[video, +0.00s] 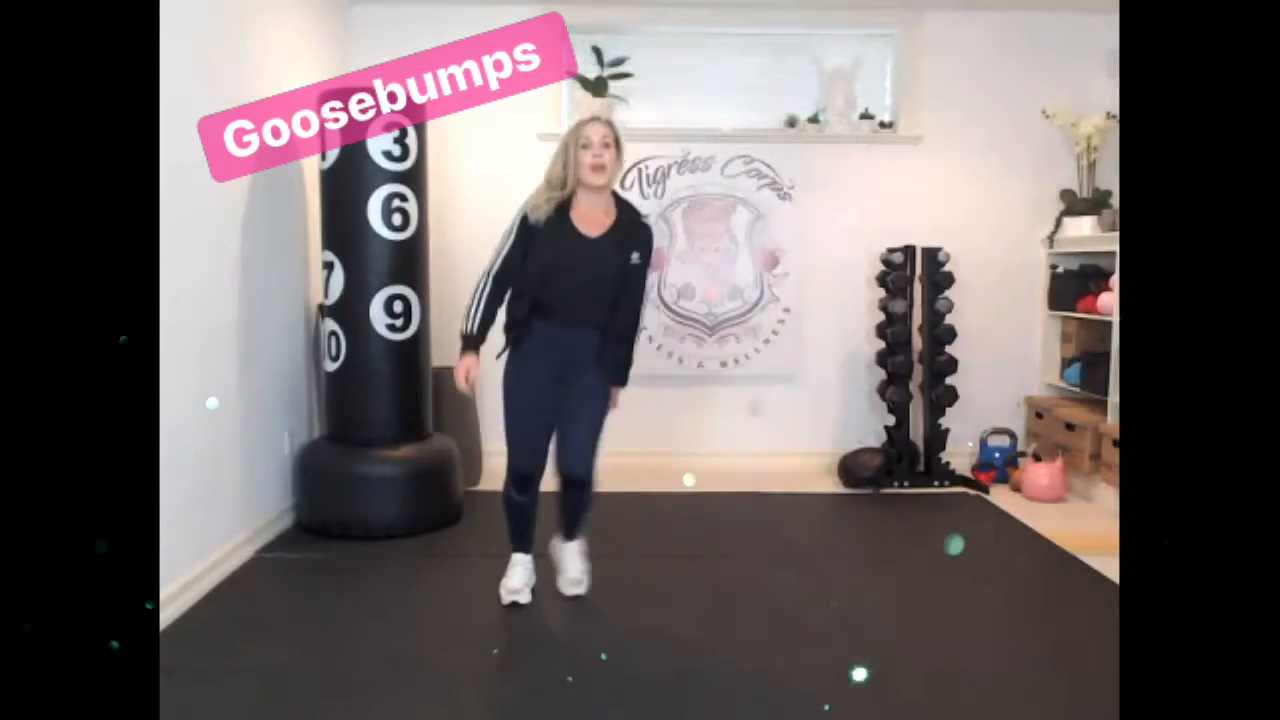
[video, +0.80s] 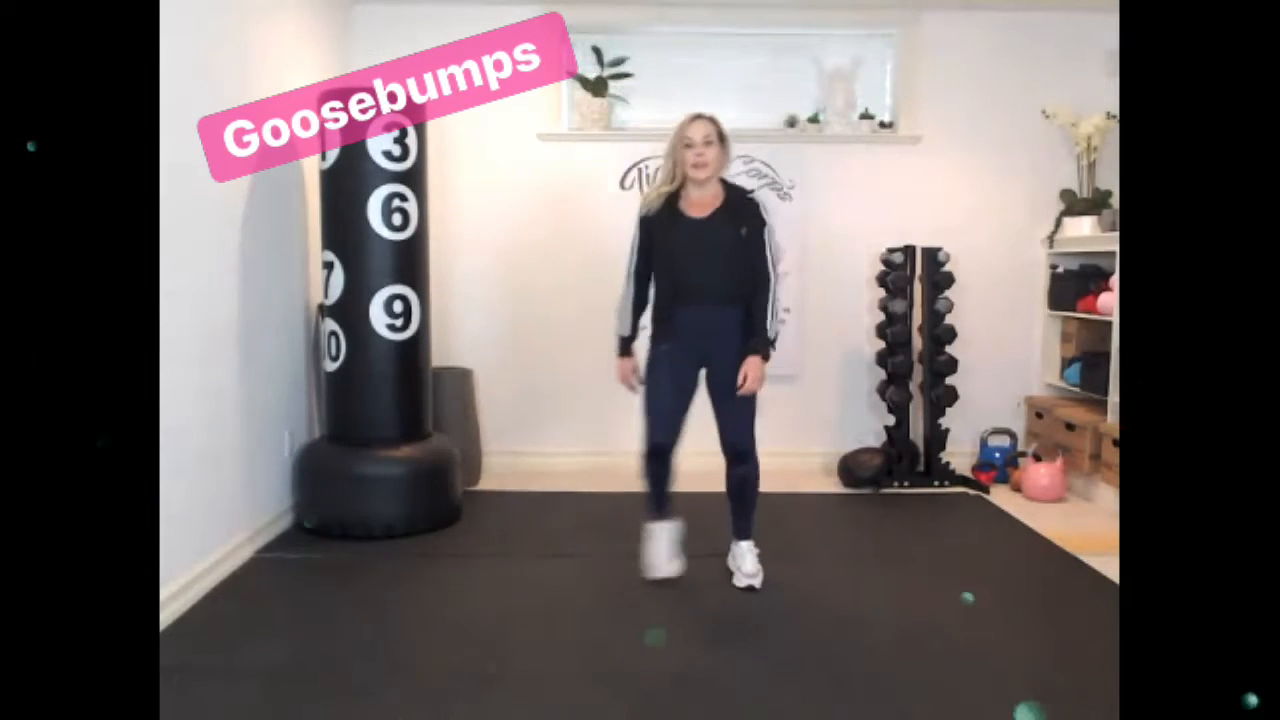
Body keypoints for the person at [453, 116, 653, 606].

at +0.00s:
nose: (597, 156)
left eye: (606, 147)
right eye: (587, 147)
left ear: (618, 157)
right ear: (571, 156)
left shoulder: (635, 229)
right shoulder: (540, 213)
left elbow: (630, 308)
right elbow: (497, 278)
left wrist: (617, 377)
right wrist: (471, 345)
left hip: (592, 360)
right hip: (532, 352)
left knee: (577, 467)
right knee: (525, 466)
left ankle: (570, 543)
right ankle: (520, 558)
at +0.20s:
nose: (609, 152)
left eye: (618, 144)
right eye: (599, 144)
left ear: (628, 155)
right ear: (581, 153)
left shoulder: (636, 225)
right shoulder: (546, 208)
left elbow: (642, 302)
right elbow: (510, 280)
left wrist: (650, 376)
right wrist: (490, 356)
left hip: (599, 350)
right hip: (540, 347)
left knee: (626, 447)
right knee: (532, 460)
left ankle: (599, 530)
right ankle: (521, 557)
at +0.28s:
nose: (620, 148)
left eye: (628, 140)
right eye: (611, 139)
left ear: (639, 151)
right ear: (592, 147)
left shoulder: (645, 218)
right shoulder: (556, 201)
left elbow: (655, 296)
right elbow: (523, 272)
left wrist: (672, 368)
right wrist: (509, 347)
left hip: (617, 341)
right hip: (554, 339)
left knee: (657, 439)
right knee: (539, 456)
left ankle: (657, 527)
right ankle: (522, 558)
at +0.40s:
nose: (632, 156)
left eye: (641, 149)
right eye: (623, 147)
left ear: (650, 160)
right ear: (605, 154)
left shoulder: (659, 227)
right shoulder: (568, 211)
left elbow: (671, 302)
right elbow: (534, 280)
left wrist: (695, 371)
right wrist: (527, 354)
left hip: (634, 349)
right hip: (570, 348)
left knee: (676, 449)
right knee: (545, 459)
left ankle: (716, 536)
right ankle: (522, 558)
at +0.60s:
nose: (671, 172)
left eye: (679, 164)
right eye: (661, 164)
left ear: (692, 172)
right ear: (647, 174)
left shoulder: (710, 236)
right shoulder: (626, 233)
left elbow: (725, 308)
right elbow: (601, 305)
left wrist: (738, 376)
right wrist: (571, 373)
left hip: (694, 361)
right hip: (634, 360)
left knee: (722, 461)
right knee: (588, 462)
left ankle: (740, 548)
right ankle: (533, 555)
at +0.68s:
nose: (687, 162)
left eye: (696, 154)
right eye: (678, 155)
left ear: (710, 162)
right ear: (665, 165)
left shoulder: (732, 222)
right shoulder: (645, 221)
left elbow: (746, 293)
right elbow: (621, 294)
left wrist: (750, 358)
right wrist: (597, 364)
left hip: (717, 352)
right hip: (657, 350)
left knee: (737, 456)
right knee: (615, 449)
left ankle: (742, 546)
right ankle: (575, 539)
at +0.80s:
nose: (698, 153)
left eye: (708, 145)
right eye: (689, 146)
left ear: (722, 152)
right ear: (678, 154)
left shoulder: (744, 208)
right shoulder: (657, 211)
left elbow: (762, 282)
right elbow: (638, 280)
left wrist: (759, 349)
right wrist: (626, 346)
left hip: (731, 342)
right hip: (673, 341)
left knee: (740, 448)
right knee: (658, 441)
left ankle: (743, 543)